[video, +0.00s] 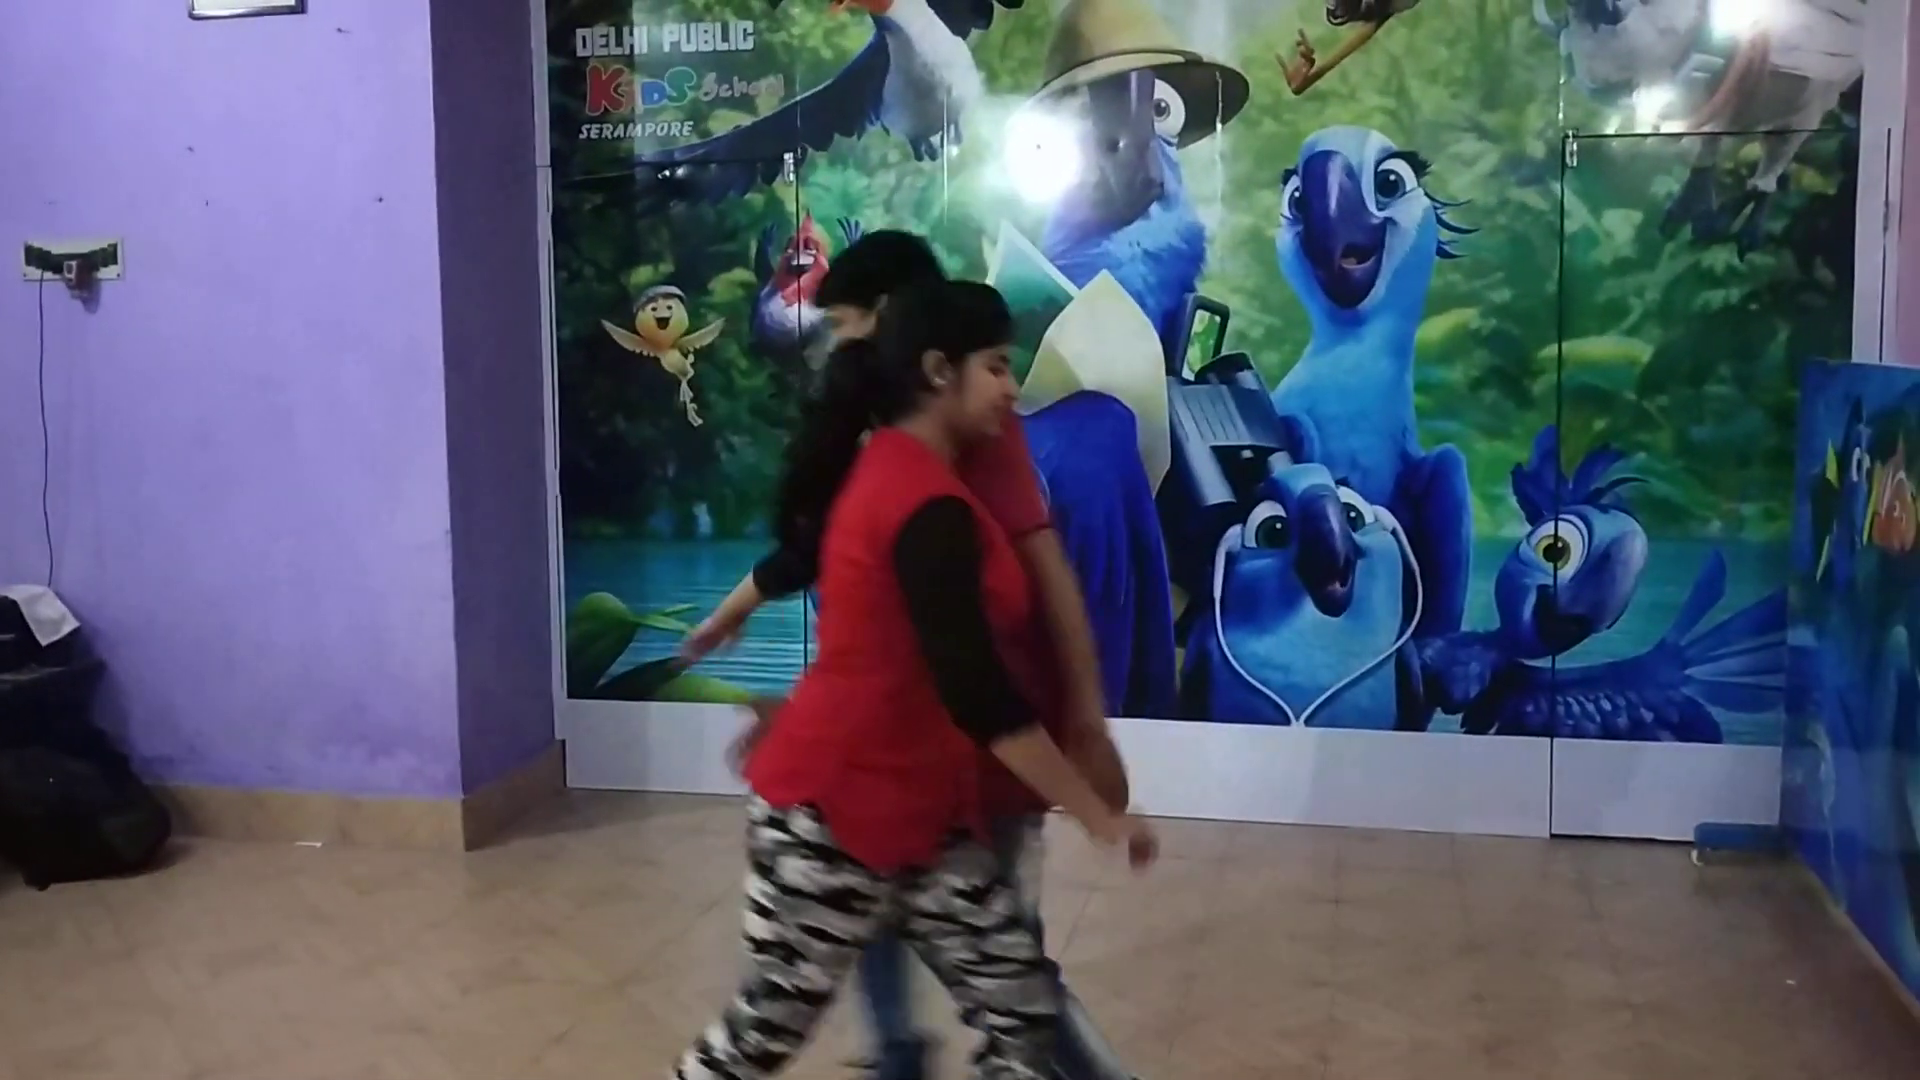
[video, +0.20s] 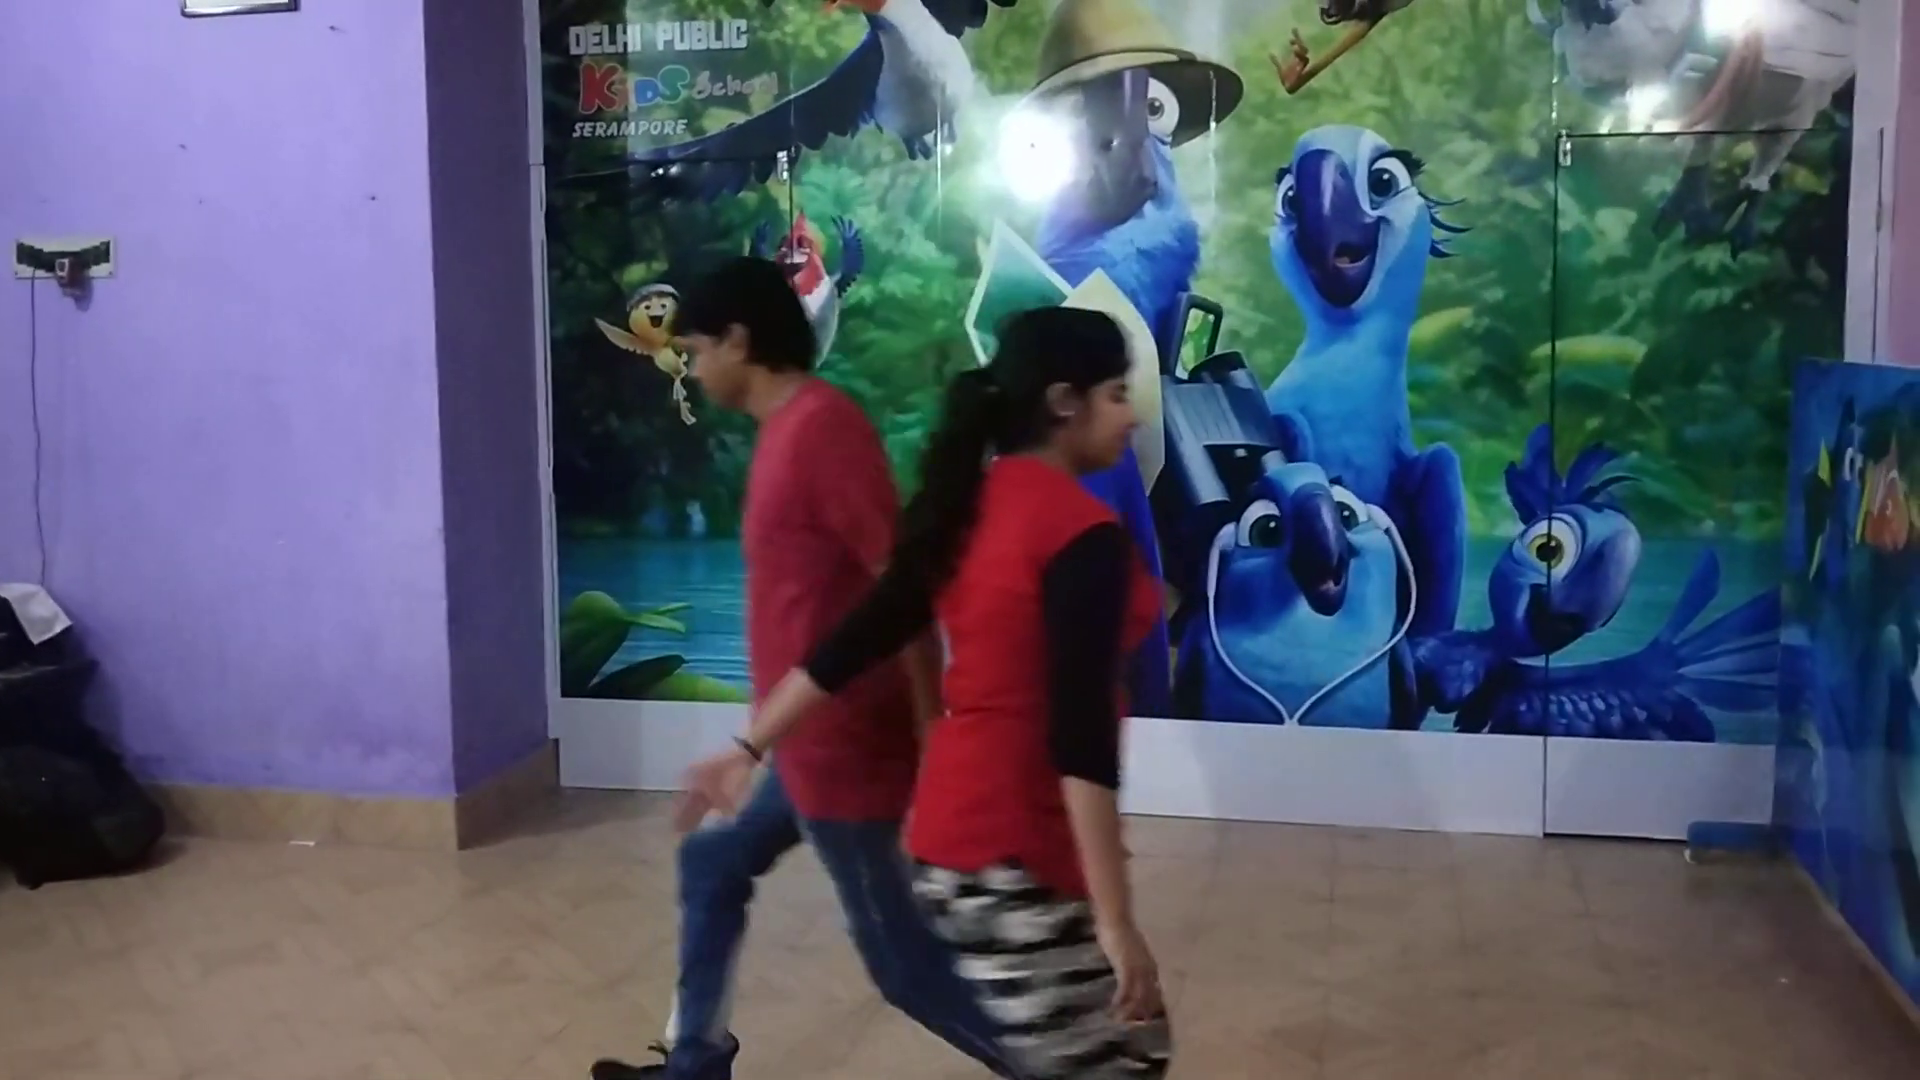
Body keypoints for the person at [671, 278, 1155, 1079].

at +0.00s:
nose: (1013, 389)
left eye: (1011, 368)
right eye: (997, 367)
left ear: (942, 374)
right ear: (939, 371)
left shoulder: (891, 467)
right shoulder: (928, 502)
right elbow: (978, 697)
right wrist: (1100, 818)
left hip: (920, 813)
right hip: (830, 813)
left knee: (1024, 1014)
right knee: (763, 1031)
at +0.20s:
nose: (691, 370)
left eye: (697, 349)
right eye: (690, 352)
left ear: (743, 343)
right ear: (751, 344)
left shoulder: (824, 427)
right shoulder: (793, 426)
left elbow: (903, 591)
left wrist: (934, 734)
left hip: (844, 746)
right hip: (806, 739)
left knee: (908, 969)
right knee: (710, 861)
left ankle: (1045, 1062)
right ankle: (692, 1055)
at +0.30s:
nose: (612, 358)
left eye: (615, 339)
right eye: (608, 342)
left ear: (659, 329)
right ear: (672, 329)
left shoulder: (720, 417)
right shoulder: (729, 405)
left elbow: (797, 563)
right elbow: (818, 544)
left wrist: (836, 724)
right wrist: (863, 673)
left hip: (752, 740)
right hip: (728, 728)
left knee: (769, 959)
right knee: (642, 870)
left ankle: (956, 1057)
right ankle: (676, 1060)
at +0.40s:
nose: (538, 343)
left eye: (541, 324)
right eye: (535, 326)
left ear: (582, 315)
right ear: (601, 315)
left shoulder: (627, 410)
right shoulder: (669, 388)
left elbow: (696, 558)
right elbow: (754, 521)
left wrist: (739, 715)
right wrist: (795, 645)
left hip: (651, 712)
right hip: (689, 704)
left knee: (574, 908)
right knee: (627, 890)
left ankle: (740, 1029)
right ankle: (668, 1060)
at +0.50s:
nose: (462, 333)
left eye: (467, 313)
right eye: (459, 316)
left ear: (511, 304)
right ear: (535, 305)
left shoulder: (550, 401)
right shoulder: (603, 384)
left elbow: (608, 555)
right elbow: (682, 515)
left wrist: (637, 714)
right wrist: (711, 640)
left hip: (566, 701)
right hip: (621, 694)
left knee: (443, 858)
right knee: (583, 876)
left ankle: (486, 1031)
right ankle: (656, 1049)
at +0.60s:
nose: (391, 320)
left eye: (397, 301)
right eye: (389, 303)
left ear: (439, 295)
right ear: (467, 295)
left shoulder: (467, 398)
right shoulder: (531, 377)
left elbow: (513, 549)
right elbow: (602, 509)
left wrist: (533, 708)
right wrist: (623, 631)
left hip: (476, 700)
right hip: (536, 696)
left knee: (385, 868)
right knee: (524, 870)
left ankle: (350, 1053)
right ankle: (631, 1042)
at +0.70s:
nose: (322, 313)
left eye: (328, 293)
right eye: (320, 294)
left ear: (368, 288)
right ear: (395, 287)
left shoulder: (389, 393)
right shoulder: (467, 372)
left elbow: (421, 548)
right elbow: (535, 506)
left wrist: (428, 707)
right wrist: (551, 630)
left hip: (395, 694)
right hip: (464, 682)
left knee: (320, 866)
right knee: (402, 843)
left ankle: (330, 1053)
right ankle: (526, 985)